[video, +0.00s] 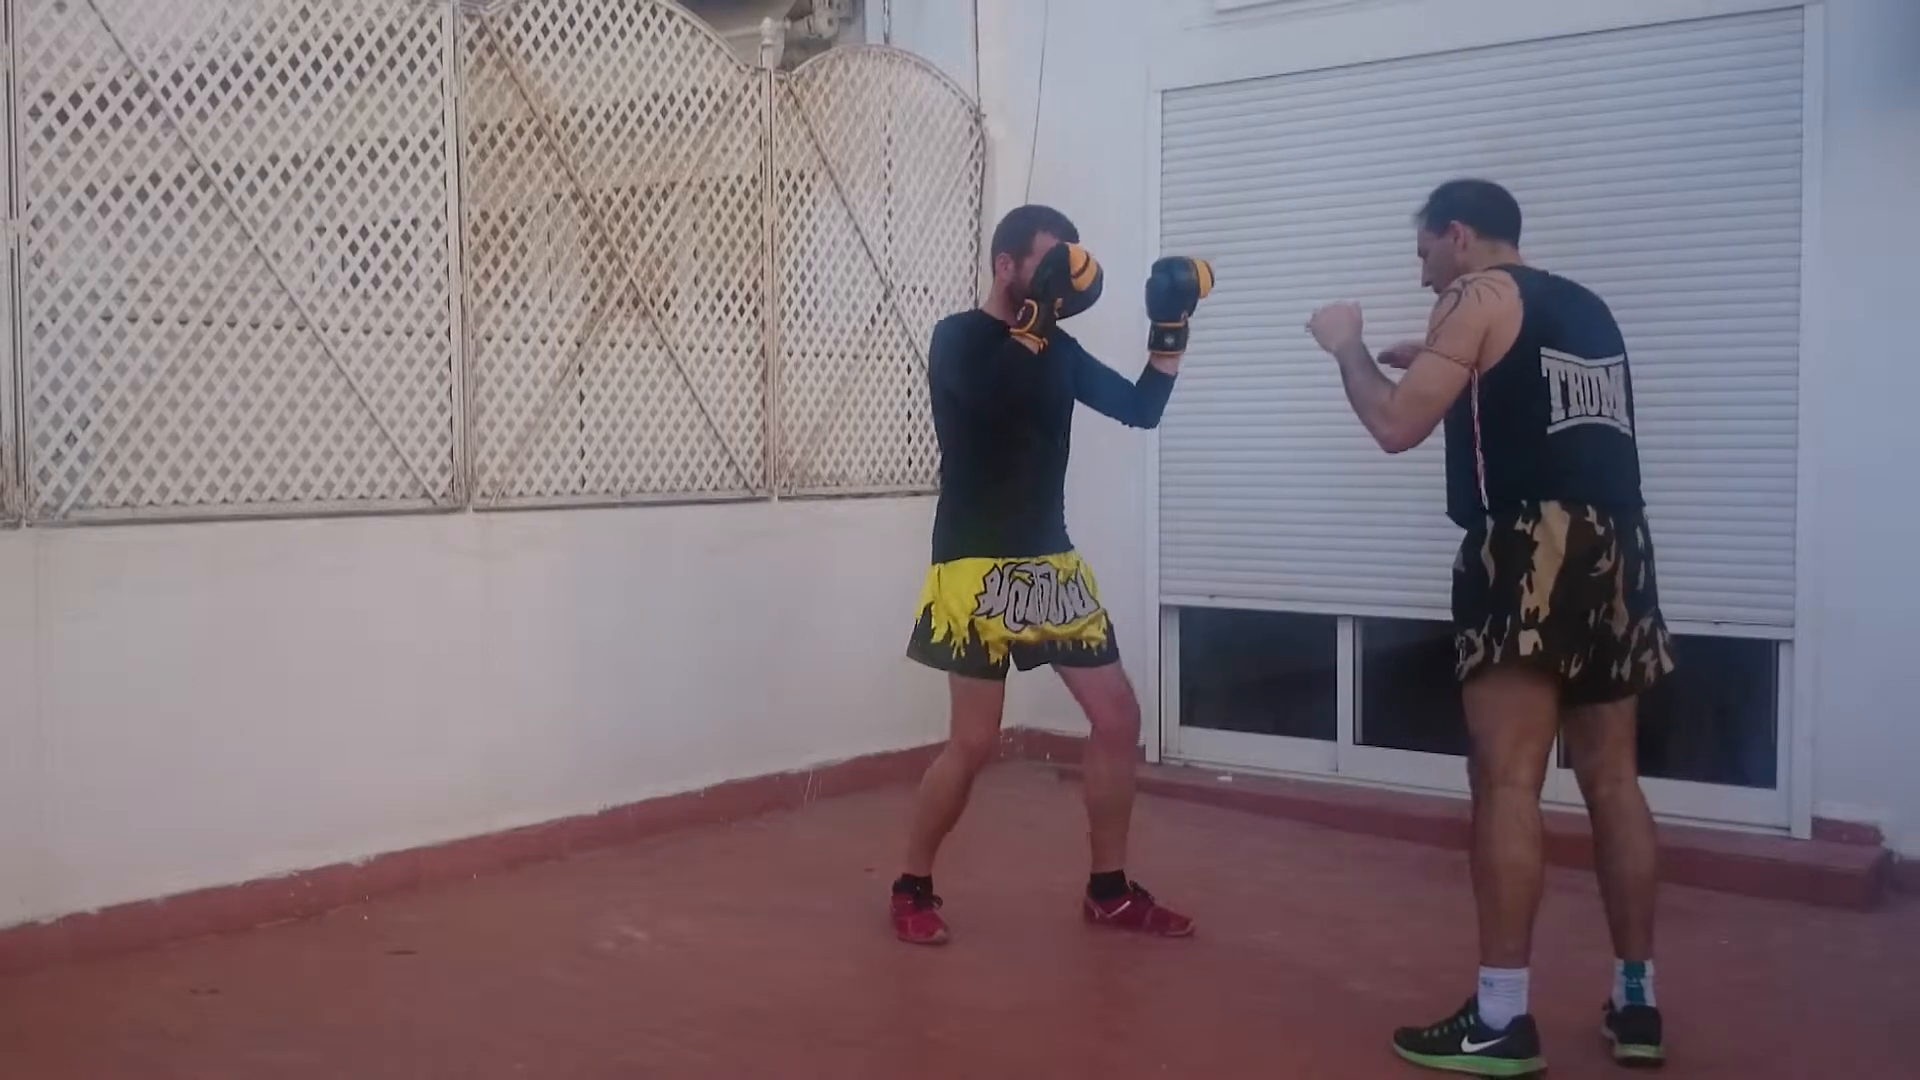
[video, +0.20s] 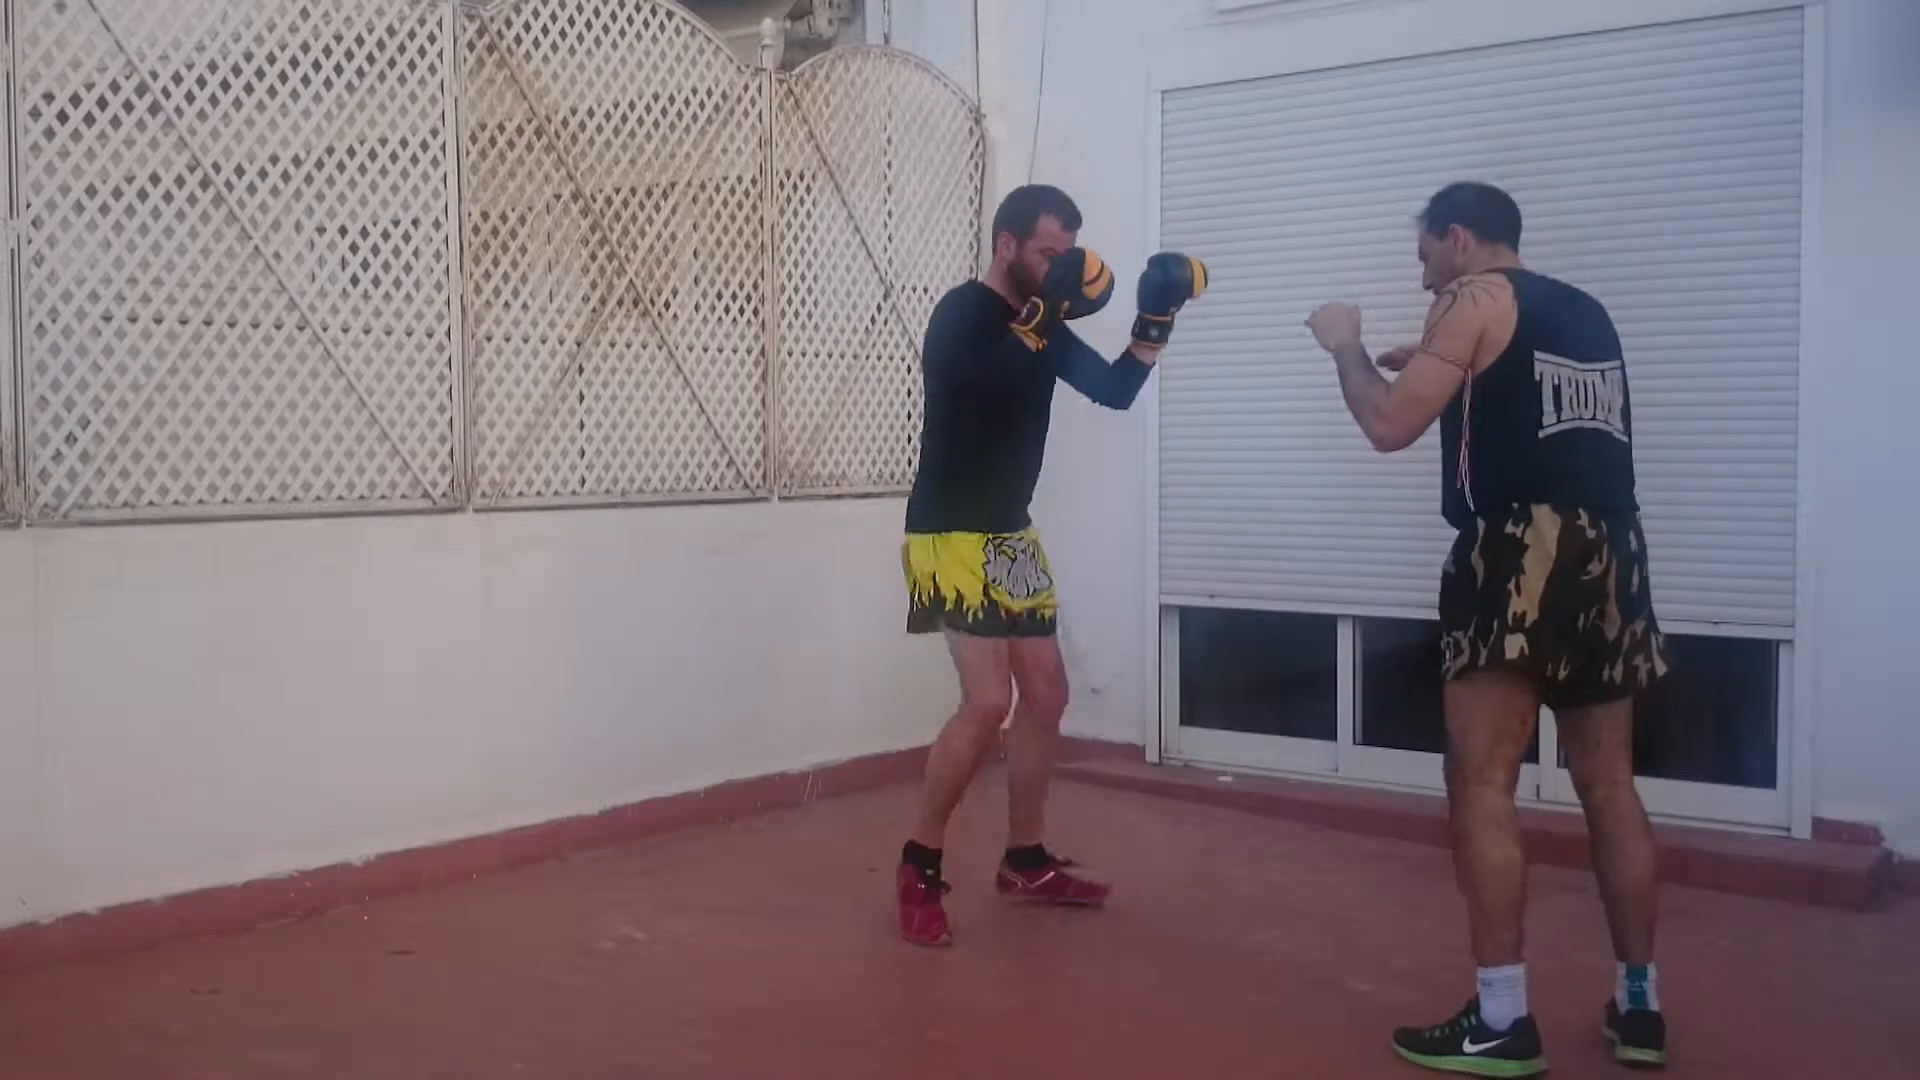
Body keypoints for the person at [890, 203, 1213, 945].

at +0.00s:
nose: (1056, 280)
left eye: (1061, 270)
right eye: (1047, 265)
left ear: (1056, 278)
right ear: (1003, 263)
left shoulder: (1058, 348)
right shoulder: (957, 337)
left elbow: (1142, 408)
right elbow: (982, 400)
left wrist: (1170, 336)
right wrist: (1039, 321)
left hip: (1051, 555)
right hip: (974, 559)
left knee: (1117, 715)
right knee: (975, 742)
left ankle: (1109, 888)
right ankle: (913, 885)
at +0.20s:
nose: (1059, 267)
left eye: (1066, 256)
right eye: (1050, 253)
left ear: (1064, 257)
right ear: (1005, 244)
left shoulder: (1039, 324)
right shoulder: (962, 311)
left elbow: (1114, 389)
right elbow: (1000, 381)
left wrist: (1154, 322)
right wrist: (1054, 314)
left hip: (1010, 531)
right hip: (950, 532)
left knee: (1045, 696)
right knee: (985, 706)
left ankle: (1026, 861)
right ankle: (920, 863)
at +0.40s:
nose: (1043, 304)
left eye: (1050, 292)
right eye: (1032, 290)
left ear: (1049, 290)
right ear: (987, 283)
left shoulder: (1033, 354)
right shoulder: (947, 361)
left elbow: (1113, 403)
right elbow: (949, 471)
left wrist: (1156, 344)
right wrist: (1022, 370)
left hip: (991, 567)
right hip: (941, 569)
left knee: (970, 727)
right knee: (1010, 724)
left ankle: (891, 845)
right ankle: (982, 908)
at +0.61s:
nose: (1018, 292)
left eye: (1023, 279)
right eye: (1006, 277)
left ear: (1017, 276)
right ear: (961, 269)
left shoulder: (1008, 348)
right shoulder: (917, 358)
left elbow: (1066, 392)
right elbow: (934, 465)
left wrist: (1155, 350)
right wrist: (1000, 380)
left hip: (1028, 555)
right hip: (961, 573)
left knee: (1116, 695)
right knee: (1029, 735)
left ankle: (1033, 809)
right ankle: (981, 908)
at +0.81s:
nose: (1012, 279)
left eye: (1018, 267)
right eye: (1002, 264)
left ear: (1011, 265)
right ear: (955, 254)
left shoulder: (997, 339)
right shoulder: (916, 346)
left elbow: (1040, 398)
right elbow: (947, 436)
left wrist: (1118, 371)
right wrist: (1007, 344)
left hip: (1056, 546)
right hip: (984, 565)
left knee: (1141, 696)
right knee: (1015, 740)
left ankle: (1254, 835)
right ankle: (976, 909)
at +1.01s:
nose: (1026, 282)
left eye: (1030, 269)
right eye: (1015, 269)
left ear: (1018, 268)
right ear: (966, 265)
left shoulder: (1014, 338)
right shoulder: (927, 352)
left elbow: (1075, 410)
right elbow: (949, 432)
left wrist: (1146, 347)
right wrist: (1003, 343)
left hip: (1079, 554)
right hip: (1004, 572)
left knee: (1154, 717)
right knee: (1031, 753)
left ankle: (1203, 890)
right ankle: (982, 911)